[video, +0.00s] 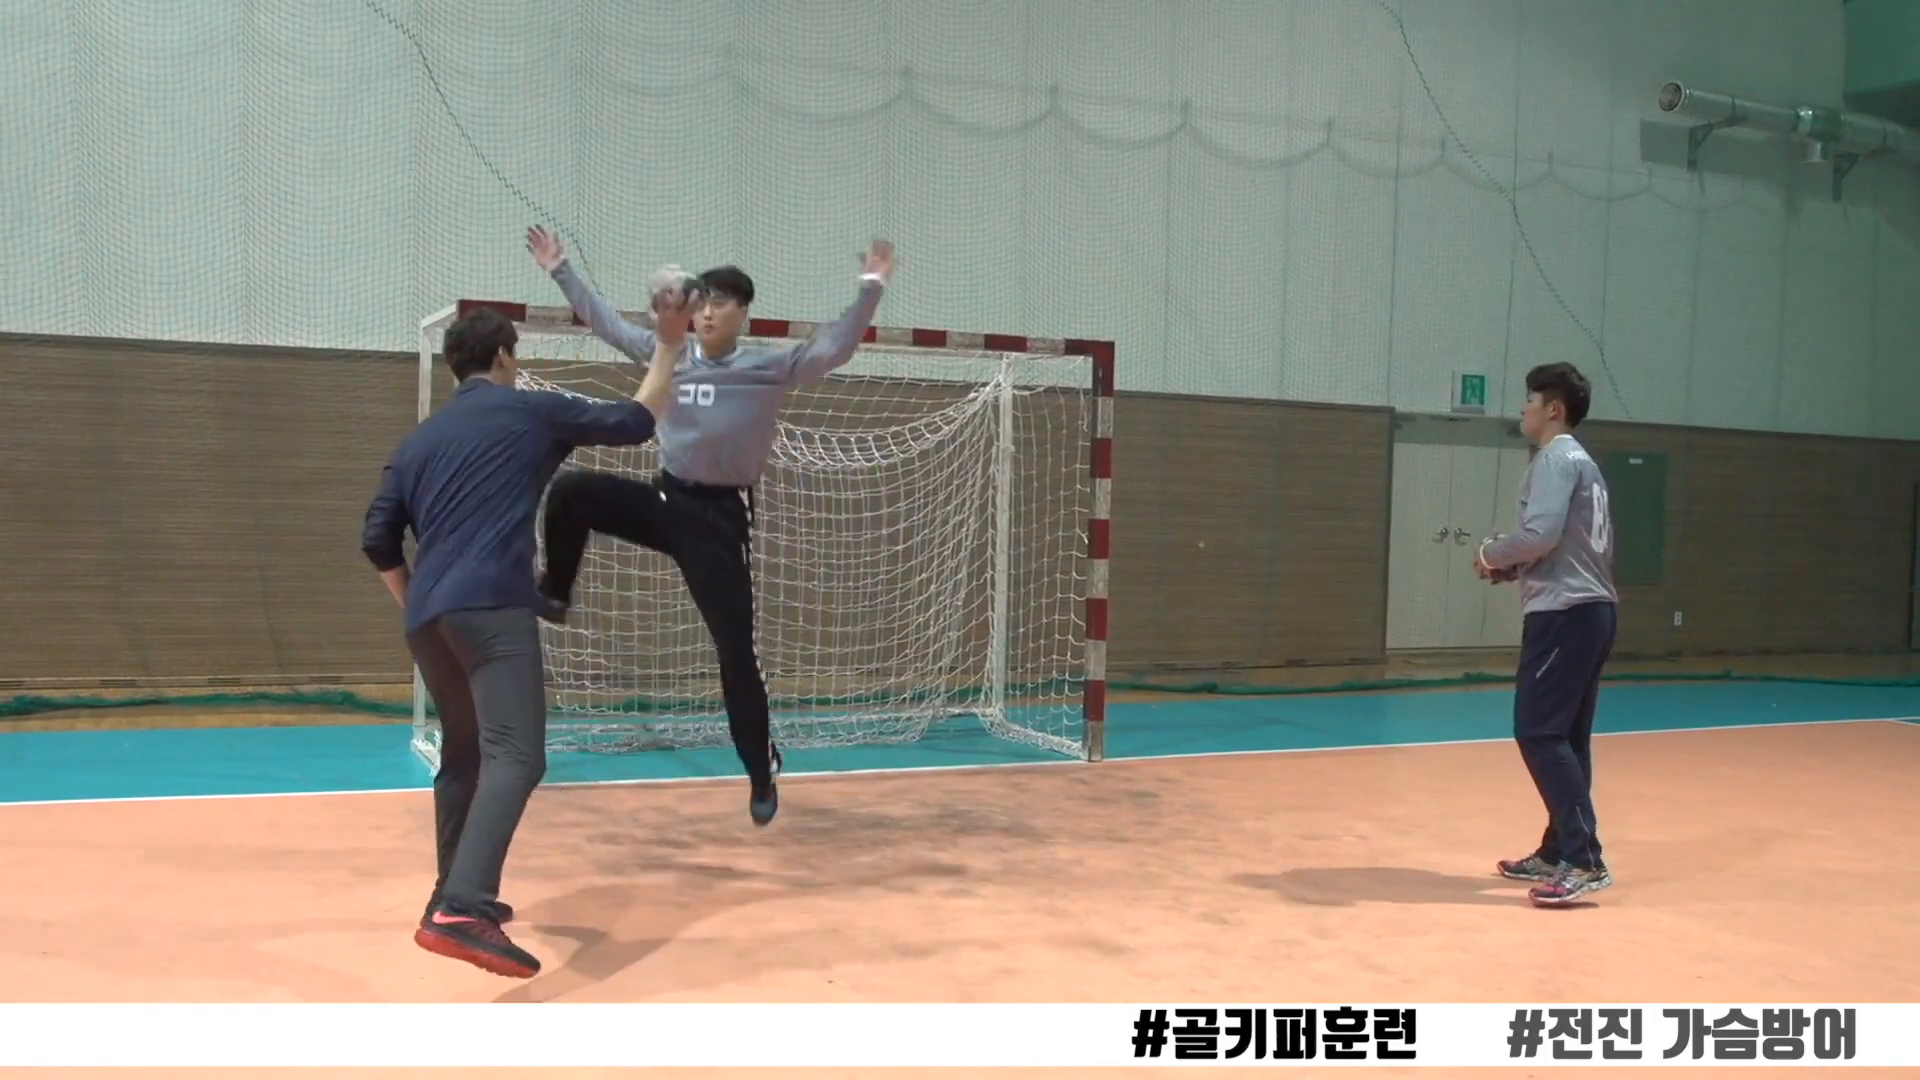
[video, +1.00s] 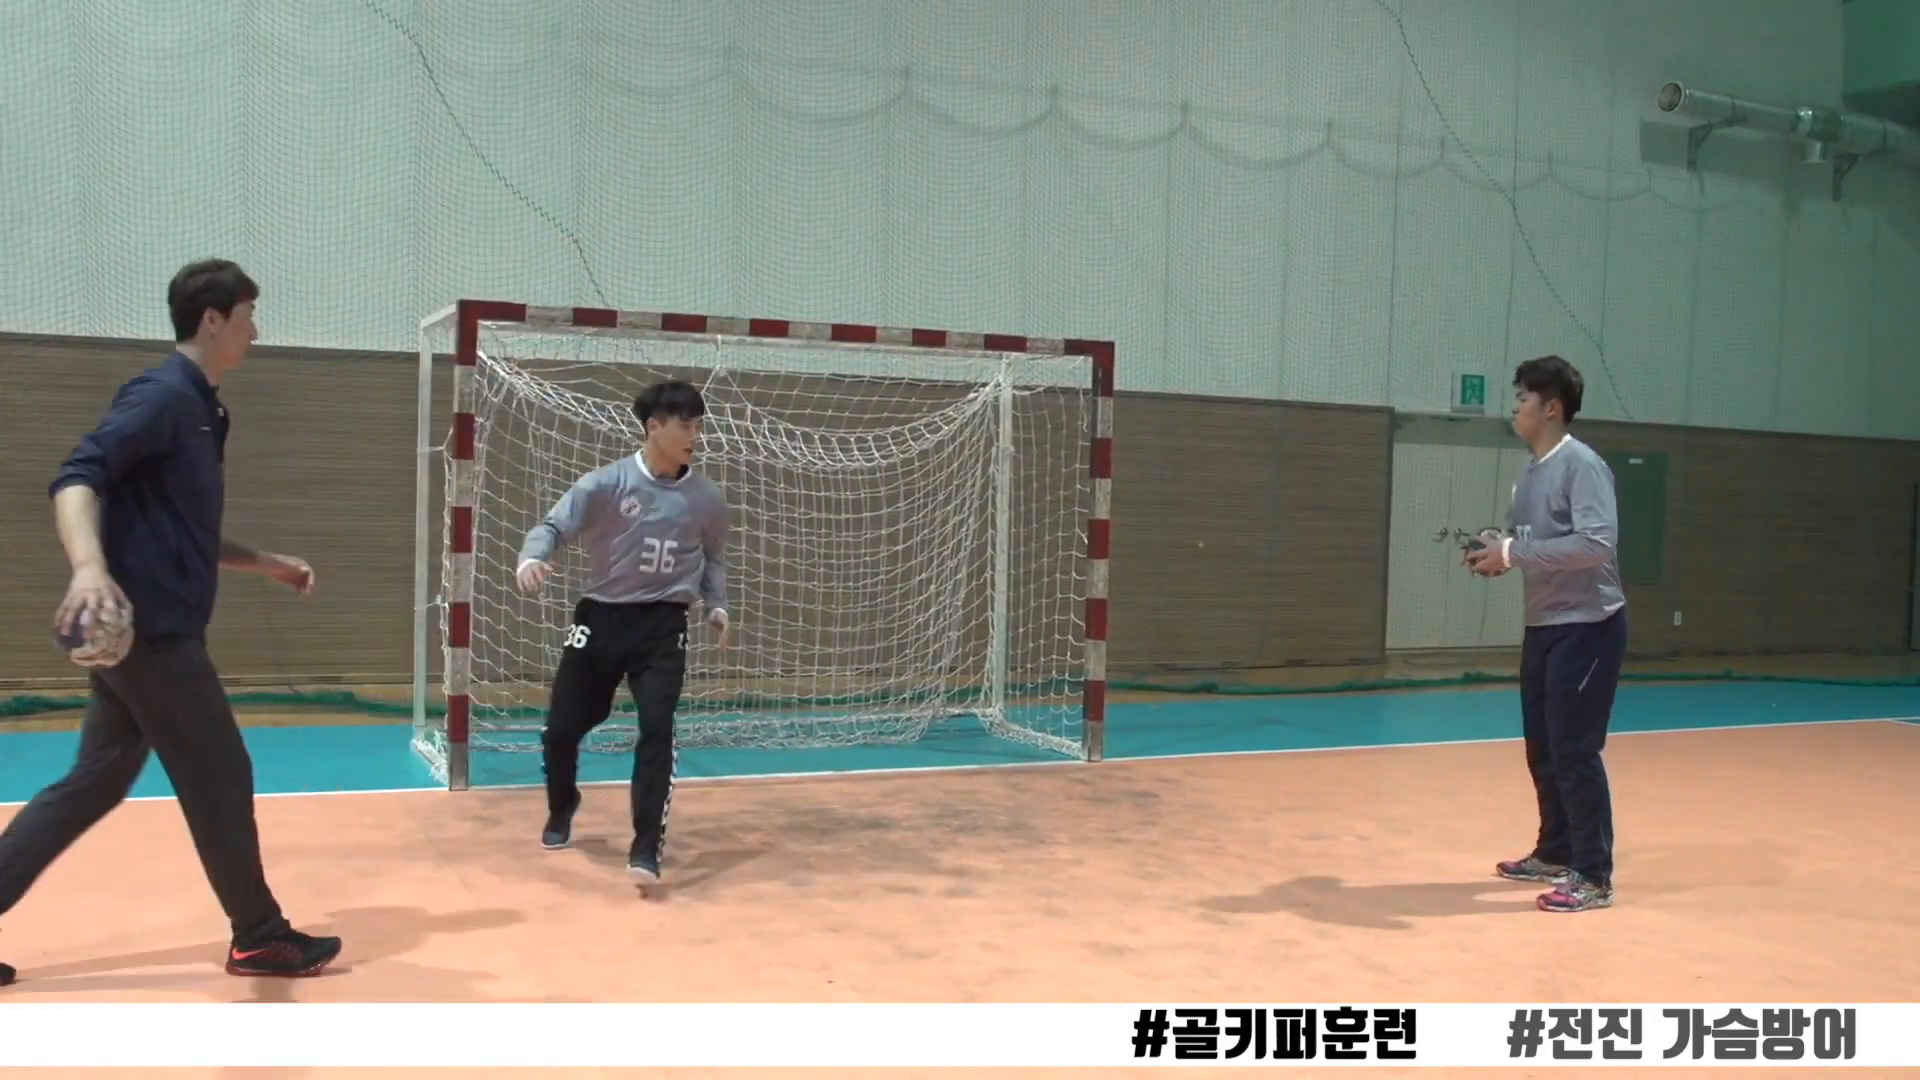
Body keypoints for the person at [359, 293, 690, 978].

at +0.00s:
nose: (520, 365)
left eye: (516, 356)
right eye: (517, 356)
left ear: (455, 366)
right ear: (504, 358)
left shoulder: (419, 439)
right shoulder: (531, 410)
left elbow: (378, 537)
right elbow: (637, 421)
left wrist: (416, 607)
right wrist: (670, 344)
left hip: (425, 613)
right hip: (491, 597)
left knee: (461, 757)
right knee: (515, 755)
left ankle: (453, 903)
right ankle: (464, 908)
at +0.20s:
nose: (488, 349)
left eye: (483, 339)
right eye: (484, 340)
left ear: (422, 350)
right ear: (470, 342)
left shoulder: (380, 428)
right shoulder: (492, 397)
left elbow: (354, 534)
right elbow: (588, 431)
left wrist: (397, 558)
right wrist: (634, 397)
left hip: (395, 594)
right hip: (458, 582)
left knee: (437, 747)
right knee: (482, 746)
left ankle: (455, 891)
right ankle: (406, 894)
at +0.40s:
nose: (438, 334)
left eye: (435, 322)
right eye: (433, 323)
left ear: (375, 331)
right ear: (409, 325)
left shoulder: (340, 418)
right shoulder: (427, 389)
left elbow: (323, 532)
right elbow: (502, 444)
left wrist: (408, 540)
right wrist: (546, 477)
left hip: (356, 603)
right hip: (404, 599)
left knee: (430, 753)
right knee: (434, 765)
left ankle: (452, 895)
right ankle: (313, 900)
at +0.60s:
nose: (385, 340)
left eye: (383, 325)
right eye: (379, 325)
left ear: (333, 330)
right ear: (348, 328)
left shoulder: (294, 407)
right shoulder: (342, 407)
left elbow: (264, 529)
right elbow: (371, 537)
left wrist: (338, 566)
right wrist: (441, 618)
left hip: (293, 618)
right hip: (318, 624)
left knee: (387, 744)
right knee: (346, 780)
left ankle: (436, 891)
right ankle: (267, 935)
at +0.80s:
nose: (331, 325)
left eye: (330, 312)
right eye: (325, 311)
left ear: (283, 317)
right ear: (293, 316)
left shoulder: (268, 387)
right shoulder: (260, 392)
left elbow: (250, 513)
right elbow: (213, 506)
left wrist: (312, 555)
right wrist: (238, 605)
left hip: (250, 614)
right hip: (235, 618)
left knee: (310, 741)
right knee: (289, 759)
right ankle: (267, 935)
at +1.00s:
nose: (255, 329)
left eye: (254, 316)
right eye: (249, 315)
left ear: (210, 320)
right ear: (213, 319)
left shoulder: (199, 405)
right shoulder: (163, 395)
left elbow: (187, 531)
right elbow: (76, 483)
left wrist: (264, 563)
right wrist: (88, 567)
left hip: (150, 631)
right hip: (149, 633)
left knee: (95, 784)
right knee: (219, 775)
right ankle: (259, 934)